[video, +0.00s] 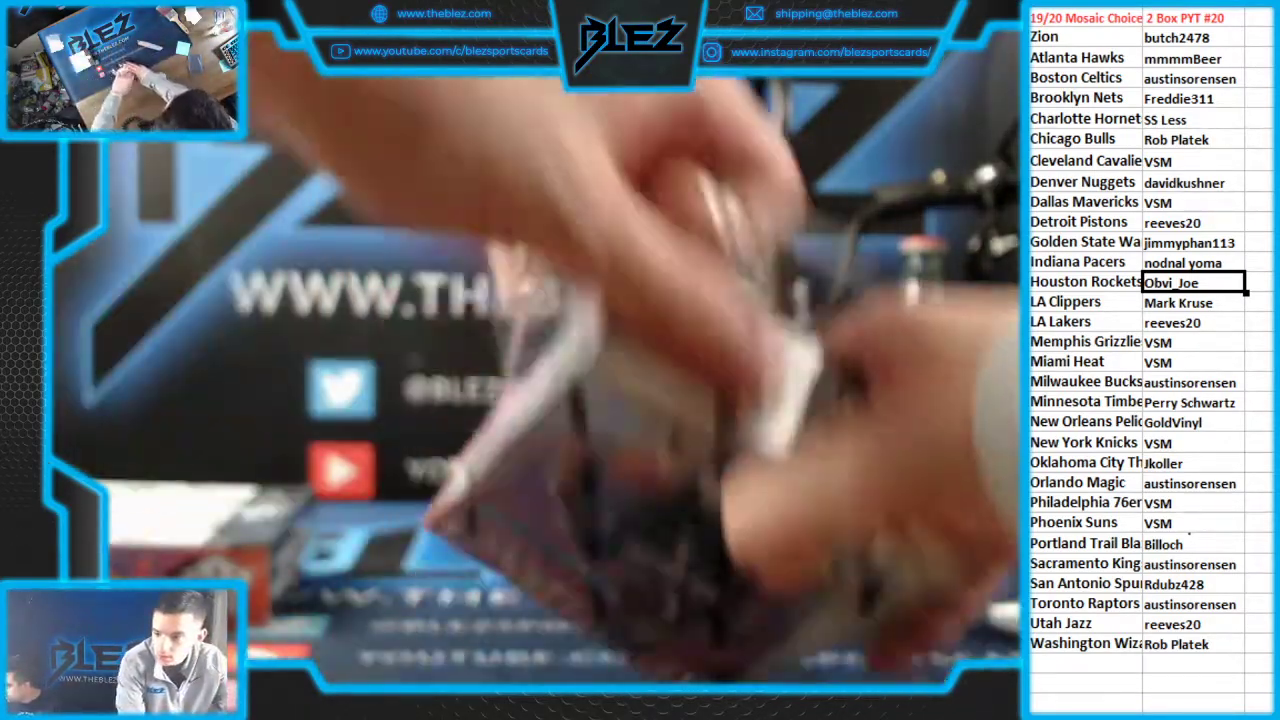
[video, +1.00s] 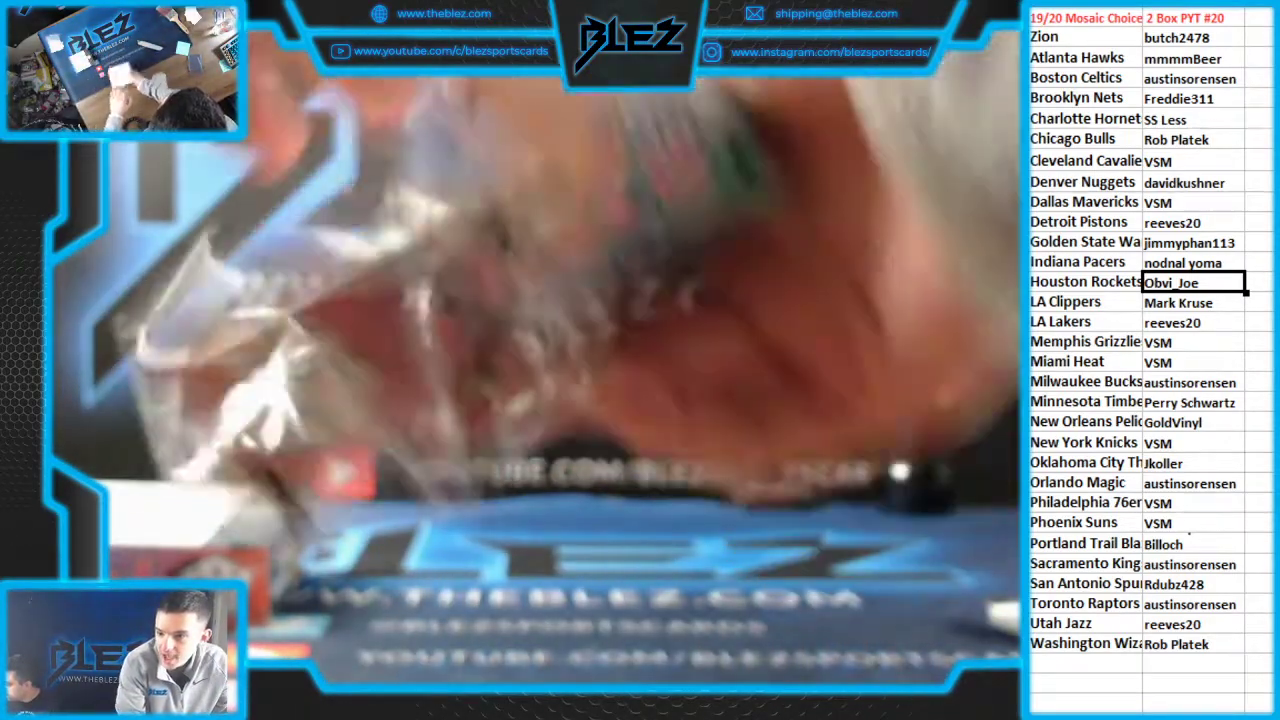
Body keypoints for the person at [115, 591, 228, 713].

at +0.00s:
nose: (164, 647)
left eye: (176, 637)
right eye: (157, 634)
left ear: (200, 637)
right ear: (151, 629)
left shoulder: (215, 661)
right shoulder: (133, 661)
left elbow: (222, 710)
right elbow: (130, 713)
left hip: (197, 713)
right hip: (154, 713)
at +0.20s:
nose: (164, 647)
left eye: (176, 637)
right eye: (156, 634)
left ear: (200, 637)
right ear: (151, 629)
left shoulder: (215, 662)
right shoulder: (133, 662)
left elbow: (221, 713)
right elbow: (127, 714)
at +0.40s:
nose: (166, 648)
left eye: (178, 638)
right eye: (159, 635)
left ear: (202, 638)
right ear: (153, 629)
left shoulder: (215, 662)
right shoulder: (135, 662)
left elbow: (217, 714)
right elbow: (128, 715)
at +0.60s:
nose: (168, 649)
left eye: (180, 638)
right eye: (161, 636)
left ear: (204, 638)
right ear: (155, 630)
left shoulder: (216, 661)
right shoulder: (136, 662)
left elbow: (218, 713)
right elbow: (128, 715)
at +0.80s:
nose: (168, 648)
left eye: (180, 637)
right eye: (161, 635)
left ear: (205, 638)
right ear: (155, 630)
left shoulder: (216, 660)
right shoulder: (137, 662)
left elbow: (219, 712)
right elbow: (131, 714)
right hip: (157, 712)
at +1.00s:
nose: (167, 647)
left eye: (179, 637)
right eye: (160, 634)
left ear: (204, 637)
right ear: (154, 629)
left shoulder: (217, 660)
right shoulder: (136, 662)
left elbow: (219, 713)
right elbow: (129, 714)